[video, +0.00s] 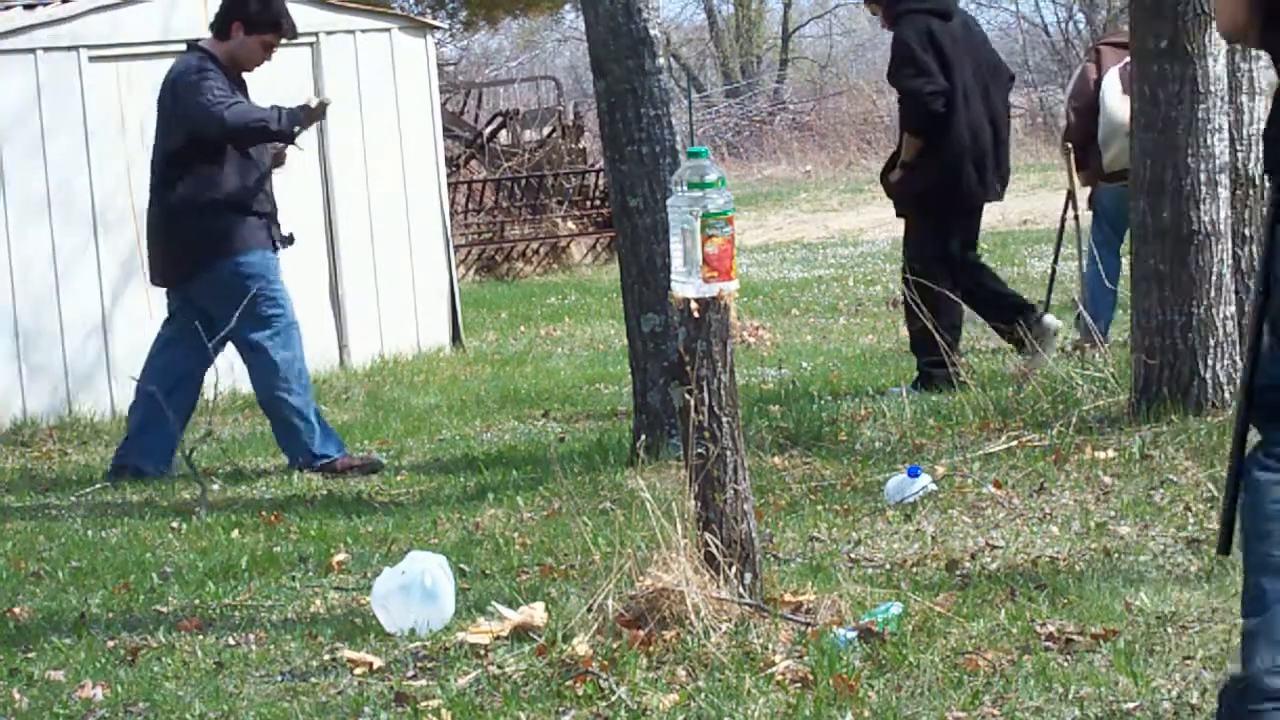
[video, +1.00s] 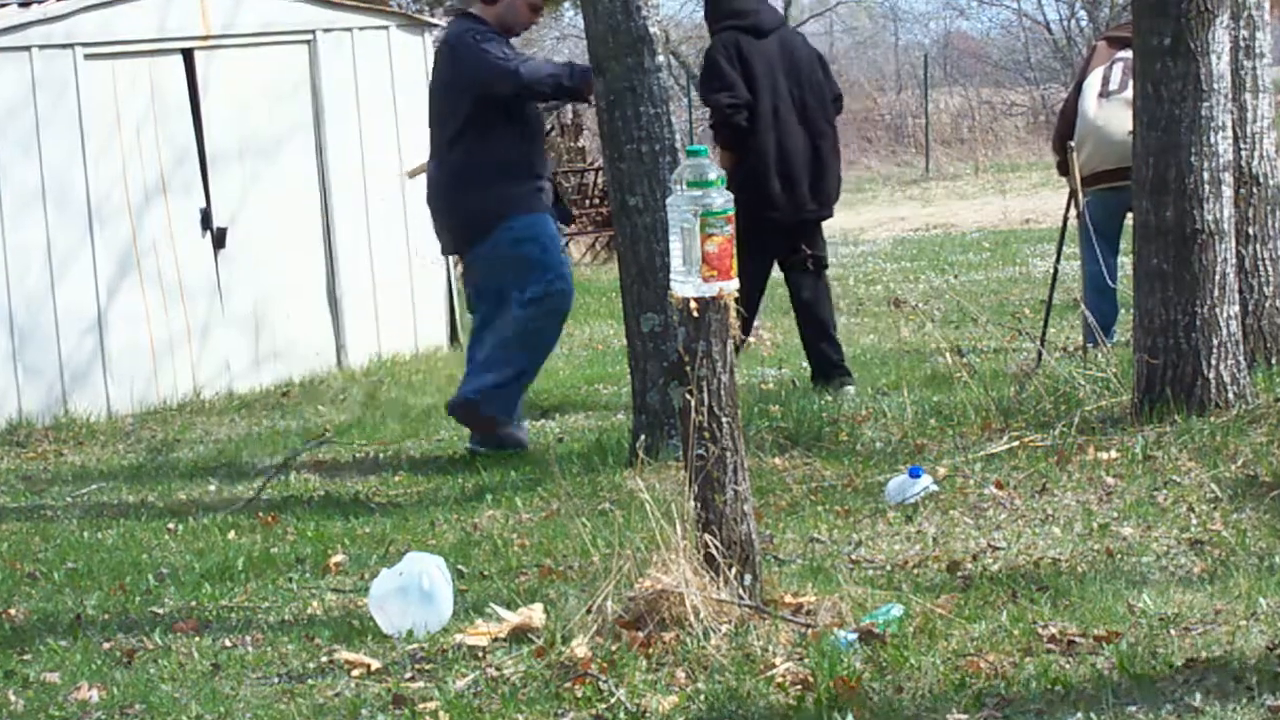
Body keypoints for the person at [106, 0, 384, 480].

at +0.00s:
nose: (268, 57)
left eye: (273, 49)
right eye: (266, 45)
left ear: (237, 31)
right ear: (236, 29)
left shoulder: (212, 77)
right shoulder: (198, 73)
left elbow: (213, 162)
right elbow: (225, 120)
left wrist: (263, 155)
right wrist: (292, 118)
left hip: (209, 240)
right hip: (225, 235)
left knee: (181, 354)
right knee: (276, 335)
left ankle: (137, 464)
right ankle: (316, 454)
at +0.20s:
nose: (323, 45)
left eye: (328, 36)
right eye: (322, 33)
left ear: (294, 18)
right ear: (295, 17)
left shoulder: (270, 61)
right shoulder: (254, 60)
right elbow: (293, 109)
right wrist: (361, 113)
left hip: (286, 224)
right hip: (280, 226)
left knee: (282, 327)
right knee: (311, 336)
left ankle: (199, 410)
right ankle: (316, 455)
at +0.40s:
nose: (374, 35)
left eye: (378, 26)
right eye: (372, 24)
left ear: (344, 11)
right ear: (344, 8)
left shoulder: (325, 54)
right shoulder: (301, 50)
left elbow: (348, 120)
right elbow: (349, 100)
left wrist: (407, 112)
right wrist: (421, 103)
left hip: (354, 217)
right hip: (315, 219)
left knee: (374, 319)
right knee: (324, 329)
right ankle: (316, 453)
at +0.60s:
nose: (426, 39)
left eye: (431, 31)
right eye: (425, 28)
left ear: (395, 14)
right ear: (397, 12)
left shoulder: (374, 58)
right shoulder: (356, 56)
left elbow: (407, 112)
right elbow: (405, 99)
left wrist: (468, 109)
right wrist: (474, 106)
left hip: (401, 224)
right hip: (367, 226)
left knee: (432, 332)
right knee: (350, 338)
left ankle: (481, 425)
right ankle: (318, 454)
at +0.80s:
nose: (483, 35)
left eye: (488, 27)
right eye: (481, 23)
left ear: (452, 11)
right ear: (453, 8)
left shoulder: (440, 58)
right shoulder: (419, 55)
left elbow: (476, 103)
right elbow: (471, 94)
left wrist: (529, 98)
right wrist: (534, 96)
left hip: (477, 220)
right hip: (440, 221)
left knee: (485, 338)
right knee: (435, 322)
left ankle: (494, 438)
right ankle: (346, 423)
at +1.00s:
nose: (535, 17)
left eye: (538, 10)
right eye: (531, 6)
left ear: (492, 4)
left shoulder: (471, 40)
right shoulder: (473, 40)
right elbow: (516, 76)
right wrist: (587, 79)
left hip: (481, 200)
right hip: (499, 196)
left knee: (495, 308)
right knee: (548, 290)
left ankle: (493, 427)